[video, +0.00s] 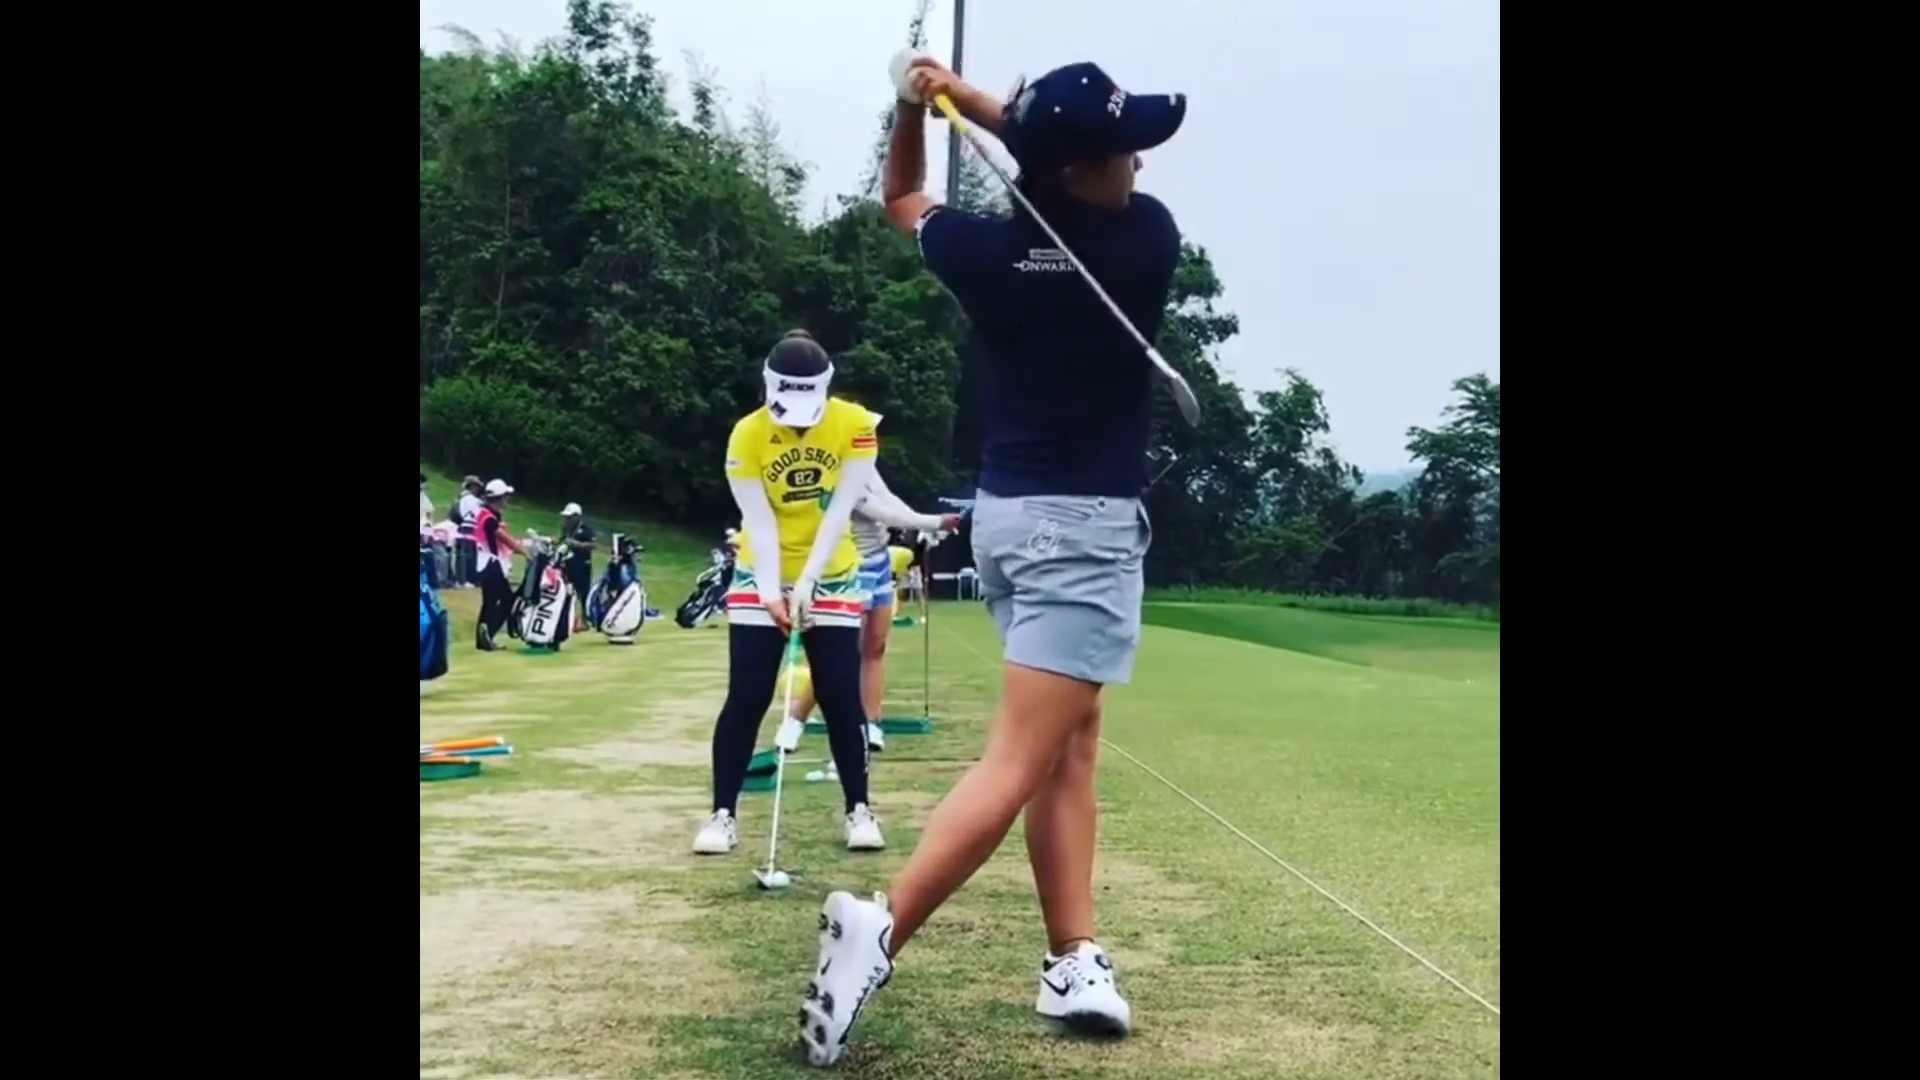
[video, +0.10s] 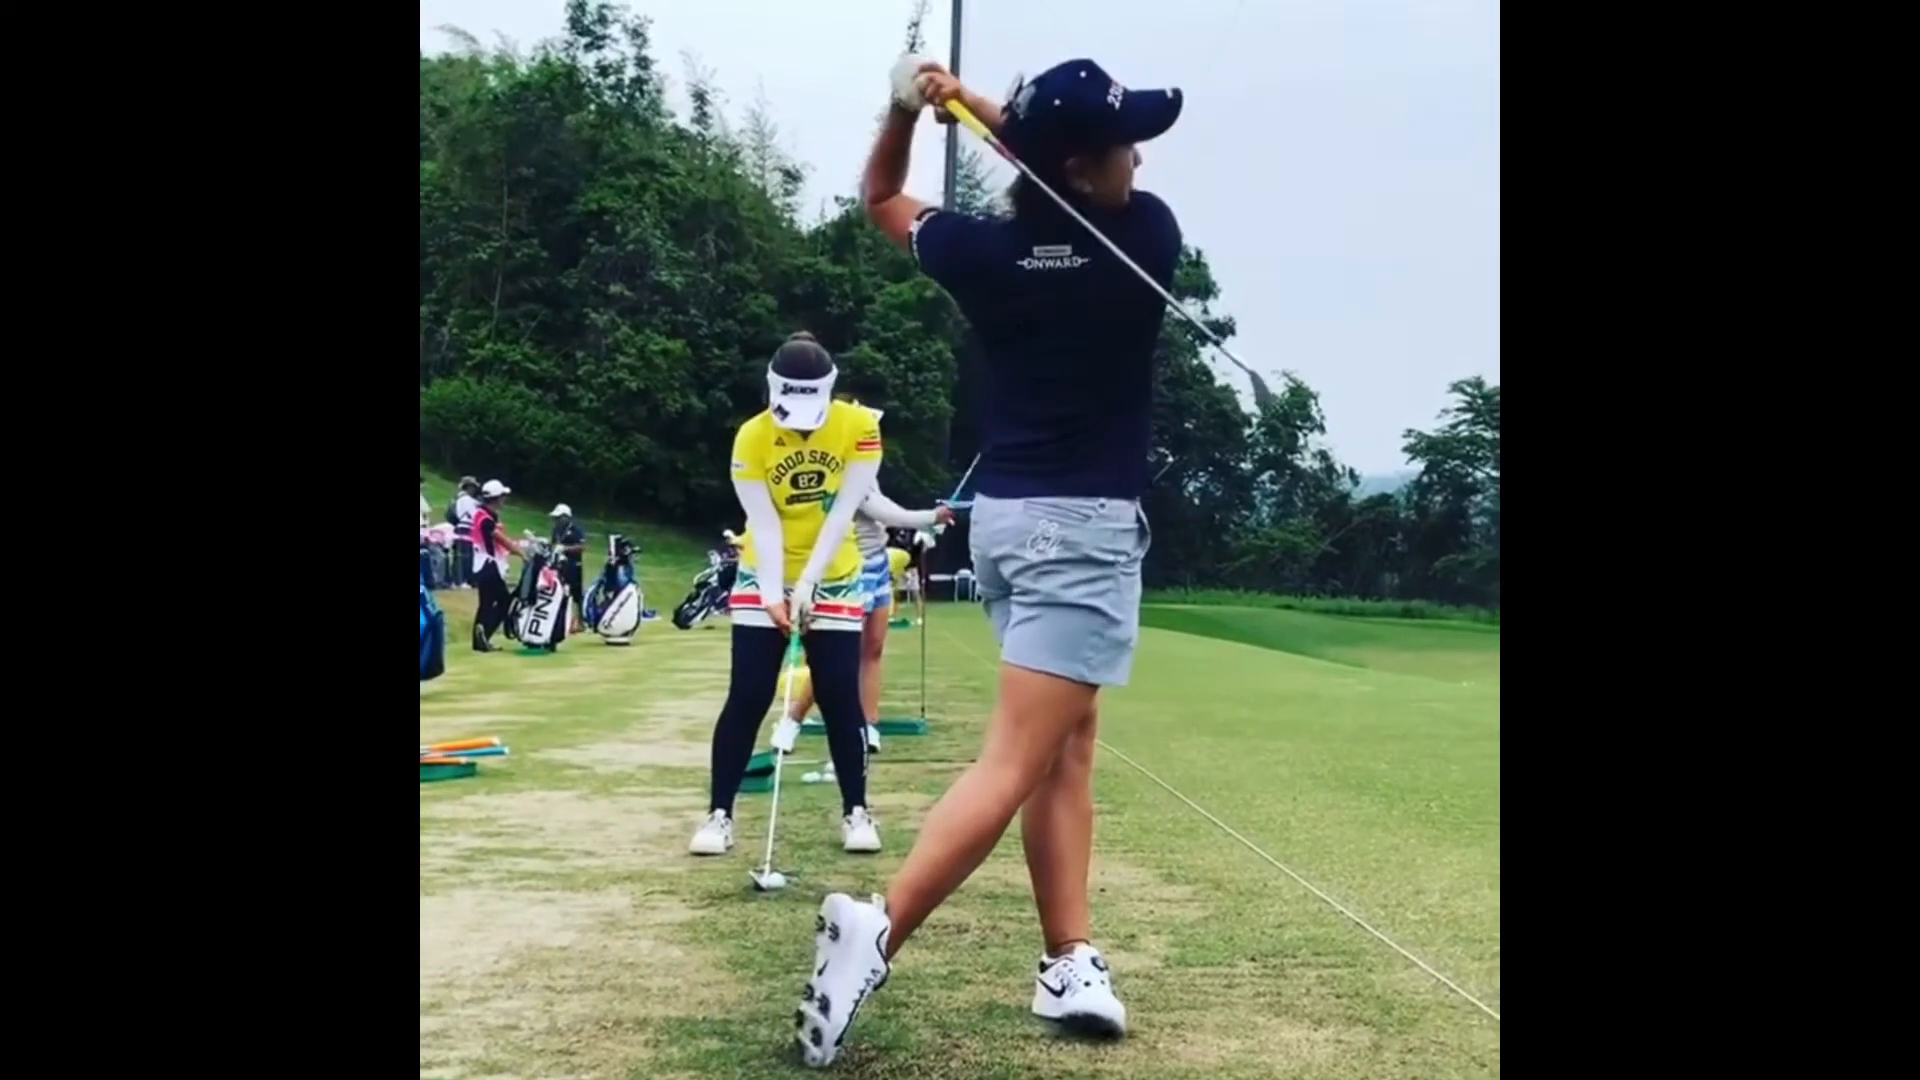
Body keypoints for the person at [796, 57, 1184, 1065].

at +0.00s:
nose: (1138, 160)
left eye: (1133, 146)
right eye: (1126, 151)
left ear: (1039, 166)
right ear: (1086, 166)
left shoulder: (979, 243)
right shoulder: (1143, 238)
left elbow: (906, 198)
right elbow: (1068, 159)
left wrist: (911, 108)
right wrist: (967, 98)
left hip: (1000, 515)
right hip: (1086, 519)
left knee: (1072, 745)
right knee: (1018, 762)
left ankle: (1074, 961)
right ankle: (878, 931)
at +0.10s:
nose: (1137, 155)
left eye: (1132, 141)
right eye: (1126, 146)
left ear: (1038, 163)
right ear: (1091, 161)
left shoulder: (981, 247)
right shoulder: (1148, 232)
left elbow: (885, 197)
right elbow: (1067, 173)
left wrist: (902, 110)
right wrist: (983, 112)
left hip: (996, 516)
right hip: (1086, 519)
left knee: (1068, 747)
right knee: (1013, 765)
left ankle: (1070, 962)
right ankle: (876, 931)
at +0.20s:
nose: (1135, 149)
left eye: (1128, 135)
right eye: (1123, 141)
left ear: (1035, 160)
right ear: (1091, 160)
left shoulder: (980, 247)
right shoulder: (1147, 231)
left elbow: (879, 198)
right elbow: (1071, 186)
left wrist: (908, 106)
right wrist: (995, 119)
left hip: (993, 517)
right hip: (1083, 521)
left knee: (1065, 749)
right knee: (1009, 766)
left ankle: (1067, 963)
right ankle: (873, 932)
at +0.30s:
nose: (1134, 146)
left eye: (1127, 132)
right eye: (1122, 139)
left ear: (1034, 159)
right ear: (1091, 158)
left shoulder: (978, 247)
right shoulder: (1146, 231)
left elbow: (878, 196)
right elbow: (1070, 185)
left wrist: (913, 102)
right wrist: (998, 116)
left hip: (994, 519)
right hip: (1081, 523)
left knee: (1064, 749)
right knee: (1007, 767)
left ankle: (1064, 965)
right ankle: (871, 934)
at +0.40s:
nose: (1135, 147)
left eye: (1128, 132)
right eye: (1122, 139)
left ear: (1034, 160)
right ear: (1091, 158)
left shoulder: (977, 249)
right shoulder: (1143, 234)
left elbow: (879, 197)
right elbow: (1064, 185)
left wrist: (917, 104)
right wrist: (993, 115)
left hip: (992, 521)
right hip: (1079, 525)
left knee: (1063, 750)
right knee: (1005, 769)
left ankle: (1063, 967)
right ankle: (869, 935)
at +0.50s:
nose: (1133, 148)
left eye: (1127, 134)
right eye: (1121, 140)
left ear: (1034, 161)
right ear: (1089, 158)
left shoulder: (976, 250)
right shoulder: (1142, 234)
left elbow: (880, 199)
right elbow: (1063, 184)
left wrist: (918, 104)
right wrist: (991, 115)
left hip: (992, 522)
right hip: (1078, 526)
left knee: (1062, 752)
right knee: (1004, 770)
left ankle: (1063, 968)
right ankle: (868, 938)